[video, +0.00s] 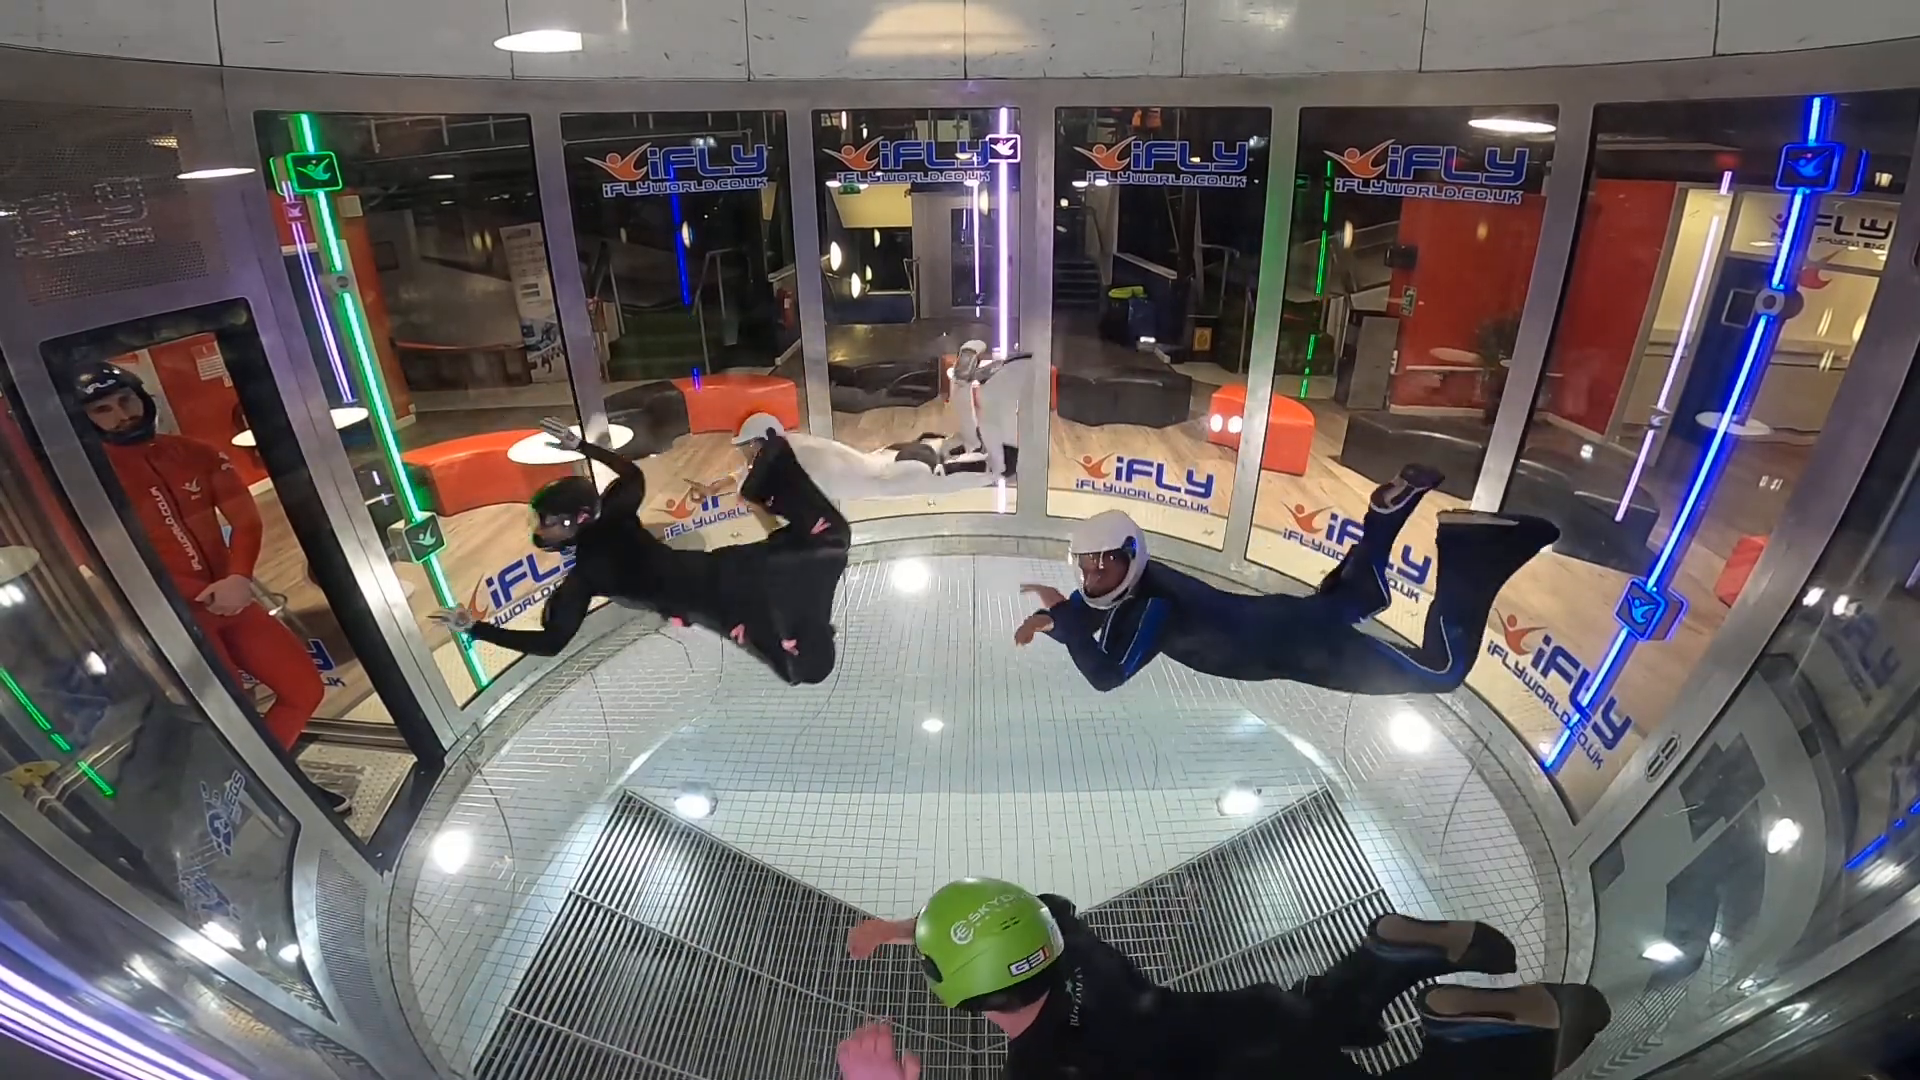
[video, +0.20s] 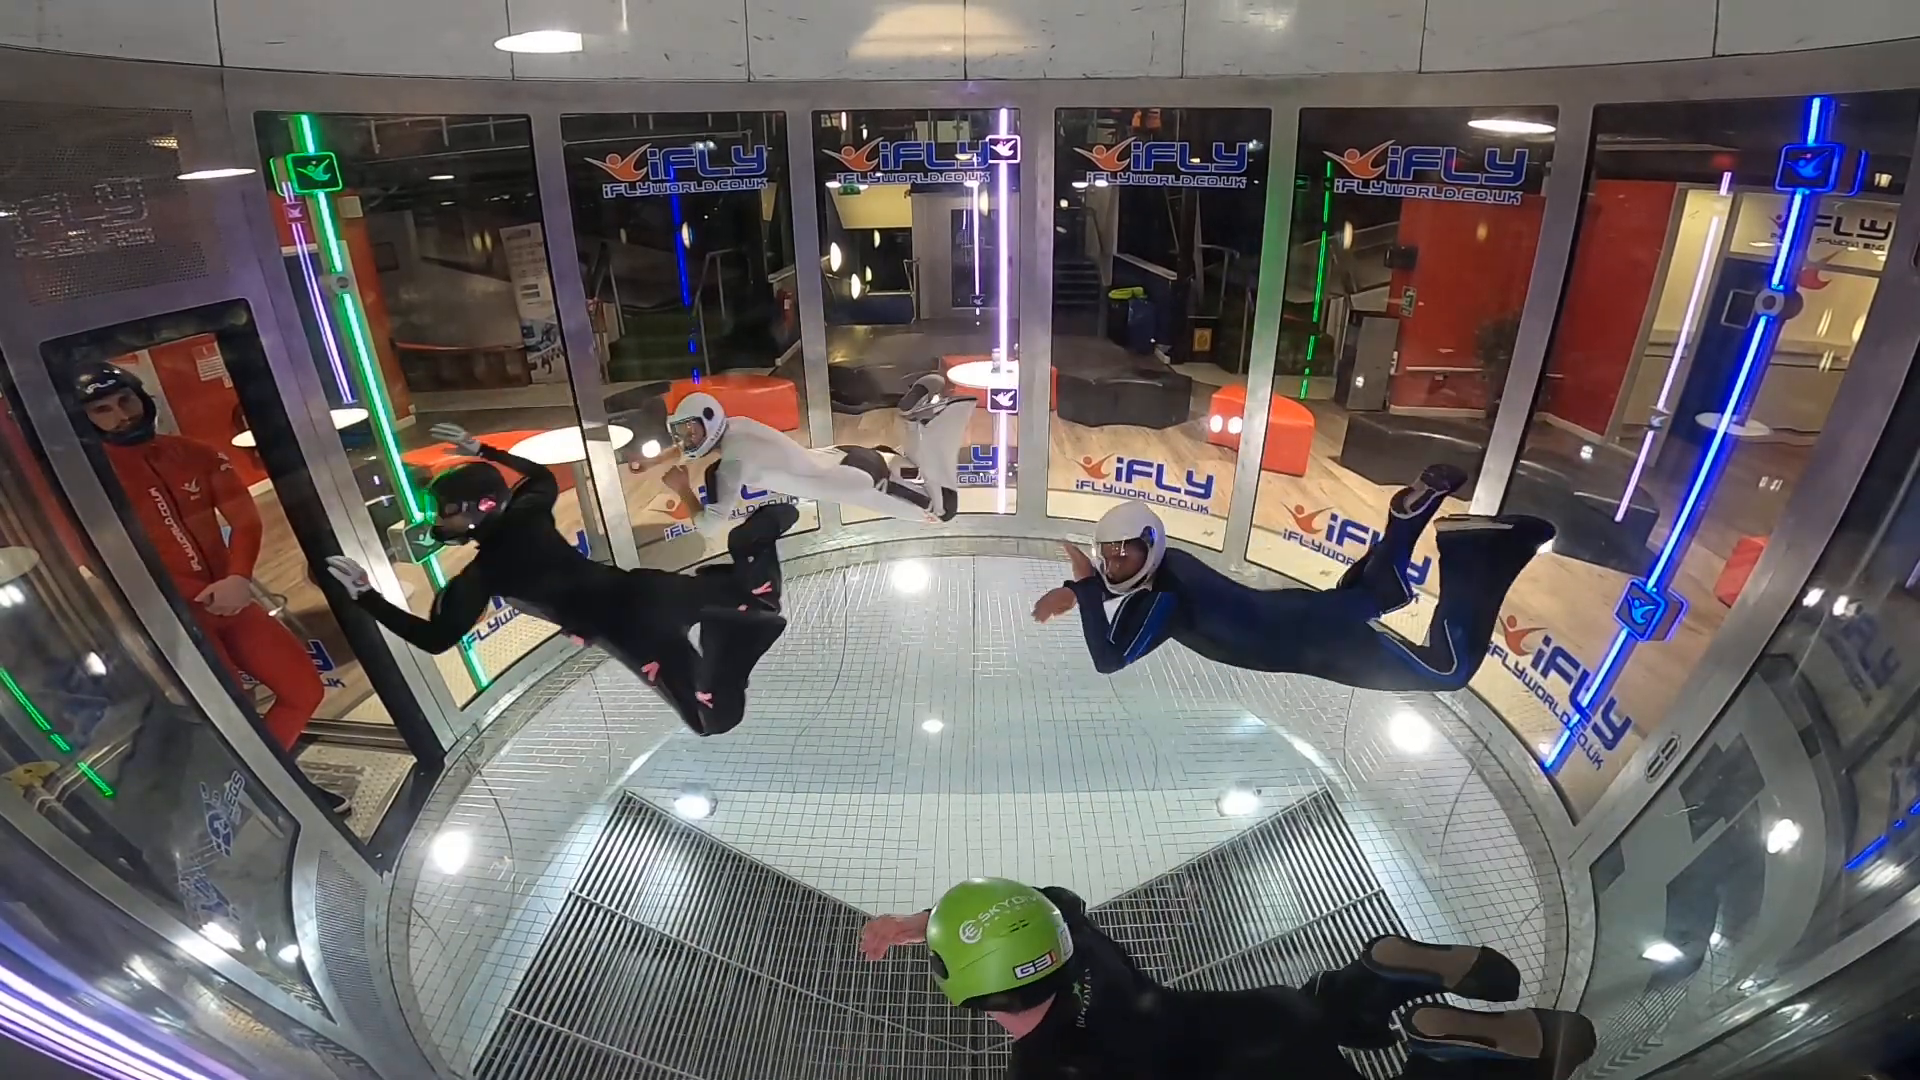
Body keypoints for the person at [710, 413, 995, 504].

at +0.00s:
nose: (749, 454)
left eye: (750, 447)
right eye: (747, 449)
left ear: (763, 441)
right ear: (771, 435)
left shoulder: (777, 456)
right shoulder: (792, 440)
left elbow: (750, 491)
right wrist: (733, 483)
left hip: (860, 480)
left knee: (926, 481)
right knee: (879, 467)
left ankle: (987, 474)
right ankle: (925, 455)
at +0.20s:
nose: (684, 440)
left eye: (689, 430)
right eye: (680, 433)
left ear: (710, 422)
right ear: (708, 420)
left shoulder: (735, 456)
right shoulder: (734, 431)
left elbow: (713, 525)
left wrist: (685, 495)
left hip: (857, 479)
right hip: (846, 460)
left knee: (942, 507)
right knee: (919, 492)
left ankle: (931, 429)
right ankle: (925, 424)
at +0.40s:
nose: (625, 429)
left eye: (628, 419)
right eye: (620, 421)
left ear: (649, 411)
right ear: (652, 408)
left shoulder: (665, 452)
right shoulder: (682, 415)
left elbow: (638, 515)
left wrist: (615, 481)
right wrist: (625, 455)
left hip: (784, 494)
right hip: (785, 468)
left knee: (872, 543)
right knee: (841, 475)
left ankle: (882, 444)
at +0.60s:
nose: (562, 432)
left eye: (566, 421)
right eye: (559, 424)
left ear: (589, 415)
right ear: (596, 411)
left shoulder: (599, 462)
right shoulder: (636, 422)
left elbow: (559, 526)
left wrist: (540, 485)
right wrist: (571, 462)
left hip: (726, 521)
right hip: (740, 493)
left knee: (807, 578)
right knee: (836, 518)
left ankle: (804, 468)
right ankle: (813, 460)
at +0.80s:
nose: (501, 464)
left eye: (504, 453)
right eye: (499, 455)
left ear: (525, 446)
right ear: (541, 438)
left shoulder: (539, 493)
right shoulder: (590, 454)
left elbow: (494, 559)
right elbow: (617, 451)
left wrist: (463, 523)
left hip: (667, 556)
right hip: (686, 529)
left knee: (754, 614)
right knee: (797, 574)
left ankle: (730, 497)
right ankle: (765, 490)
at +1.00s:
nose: (457, 498)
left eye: (460, 485)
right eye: (453, 489)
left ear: (484, 477)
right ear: (504, 473)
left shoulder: (497, 527)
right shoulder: (557, 490)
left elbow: (450, 603)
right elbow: (600, 499)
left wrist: (402, 575)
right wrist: (484, 538)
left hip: (625, 595)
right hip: (654, 573)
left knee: (717, 665)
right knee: (767, 632)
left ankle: (687, 532)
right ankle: (729, 535)